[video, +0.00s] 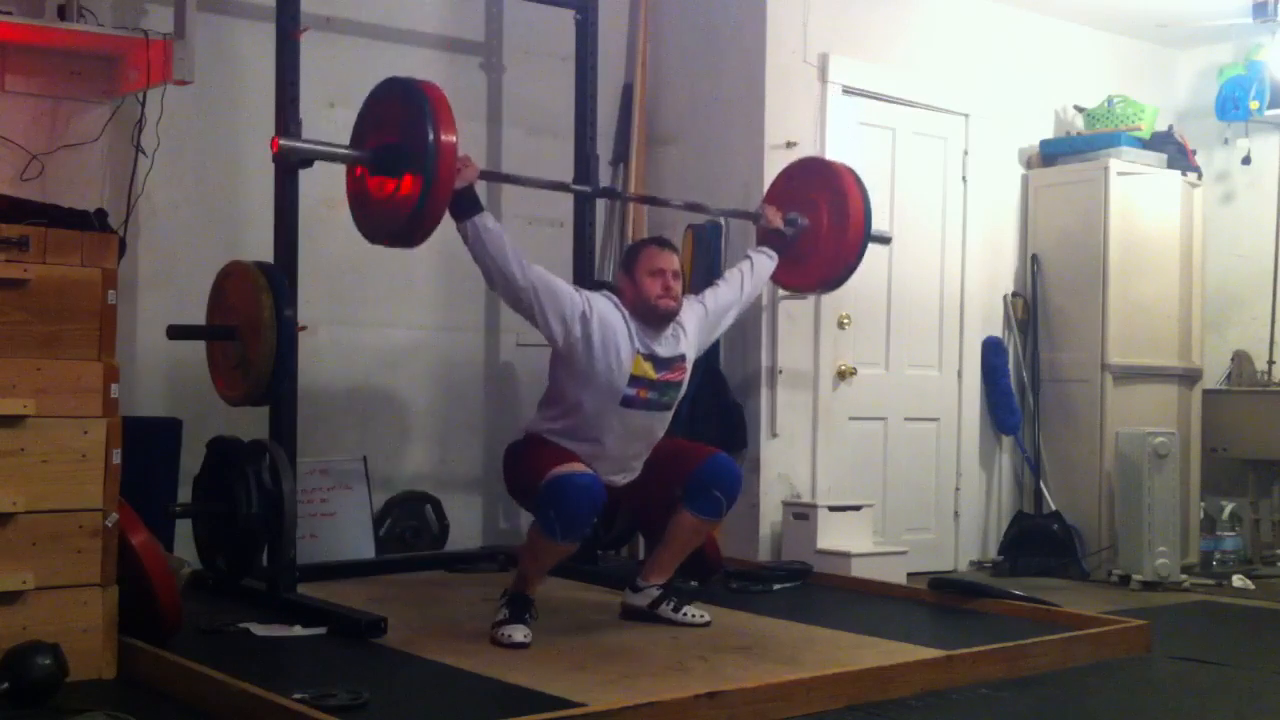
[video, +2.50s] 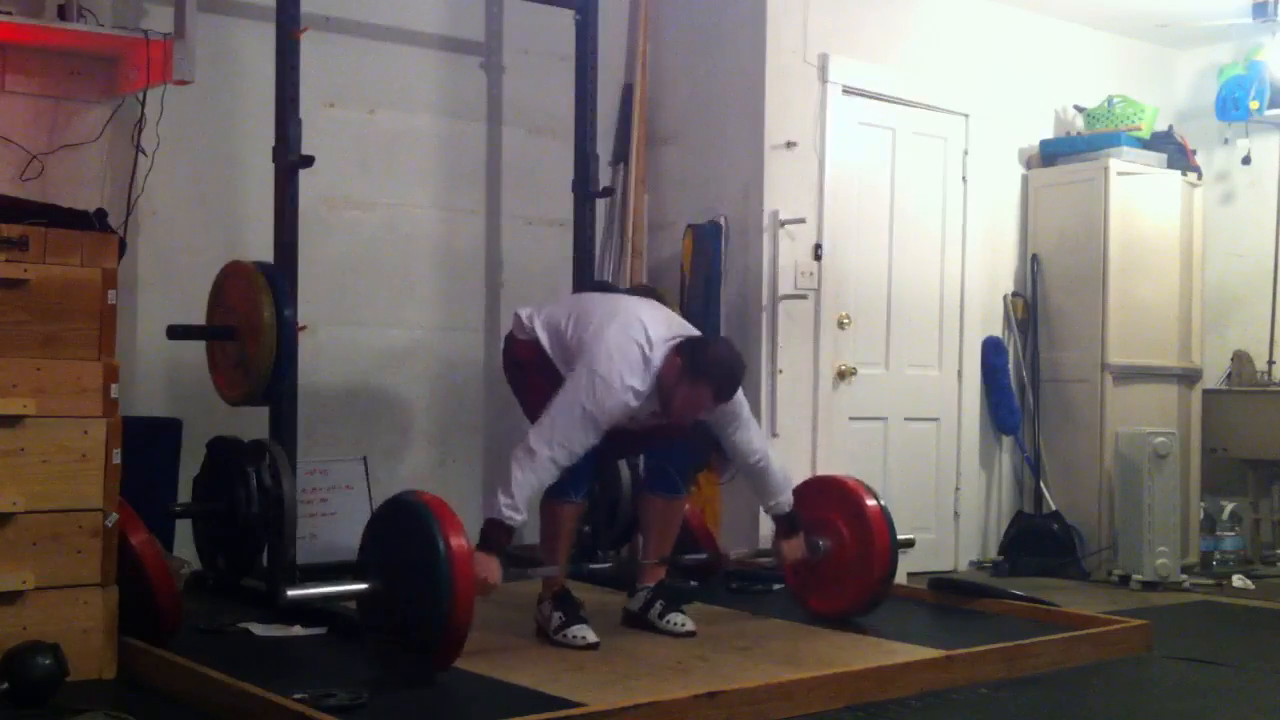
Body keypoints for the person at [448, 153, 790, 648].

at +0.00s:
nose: (670, 283)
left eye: (676, 276)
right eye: (657, 274)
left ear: (682, 285)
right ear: (624, 282)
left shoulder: (690, 326)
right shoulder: (588, 316)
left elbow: (737, 288)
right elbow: (516, 276)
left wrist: (771, 241)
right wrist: (465, 200)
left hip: (635, 460)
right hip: (553, 453)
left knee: (719, 474)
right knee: (579, 495)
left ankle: (648, 591)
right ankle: (519, 599)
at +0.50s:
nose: (666, 175)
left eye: (672, 167)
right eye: (652, 166)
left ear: (679, 180)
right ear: (621, 177)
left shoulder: (690, 224)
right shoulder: (585, 212)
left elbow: (742, 188)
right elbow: (512, 172)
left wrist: (772, 143)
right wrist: (466, 97)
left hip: (636, 388)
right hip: (558, 374)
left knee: (707, 468)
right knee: (564, 470)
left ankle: (648, 590)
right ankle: (515, 599)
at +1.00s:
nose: (649, 70)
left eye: (656, 61)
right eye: (636, 60)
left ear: (665, 69)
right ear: (607, 68)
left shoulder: (678, 120)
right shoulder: (573, 101)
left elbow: (730, 85)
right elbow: (503, 41)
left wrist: (765, 38)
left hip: (653, 308)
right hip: (577, 303)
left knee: (662, 452)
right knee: (573, 453)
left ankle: (645, 590)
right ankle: (556, 600)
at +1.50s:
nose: (616, 67)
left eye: (624, 59)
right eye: (604, 57)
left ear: (632, 68)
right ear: (576, 63)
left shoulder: (646, 128)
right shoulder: (548, 113)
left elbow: (705, 147)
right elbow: (466, 127)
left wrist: (765, 122)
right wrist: (448, 84)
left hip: (656, 297)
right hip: (580, 295)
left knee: (663, 441)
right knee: (578, 442)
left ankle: (656, 579)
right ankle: (563, 592)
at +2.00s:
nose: (699, 260)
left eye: (710, 250)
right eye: (695, 245)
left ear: (720, 244)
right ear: (668, 222)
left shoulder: (714, 275)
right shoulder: (605, 250)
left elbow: (746, 340)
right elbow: (525, 312)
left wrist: (770, 408)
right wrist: (473, 402)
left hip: (635, 368)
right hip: (561, 357)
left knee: (661, 459)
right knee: (564, 450)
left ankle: (645, 596)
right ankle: (555, 600)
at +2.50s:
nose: (693, 419)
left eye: (703, 412)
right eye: (692, 406)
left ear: (716, 395)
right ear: (674, 371)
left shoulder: (712, 381)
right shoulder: (613, 371)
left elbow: (752, 449)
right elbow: (542, 448)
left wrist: (788, 526)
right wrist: (491, 544)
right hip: (538, 350)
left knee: (673, 452)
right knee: (574, 458)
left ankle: (648, 593)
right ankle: (554, 597)